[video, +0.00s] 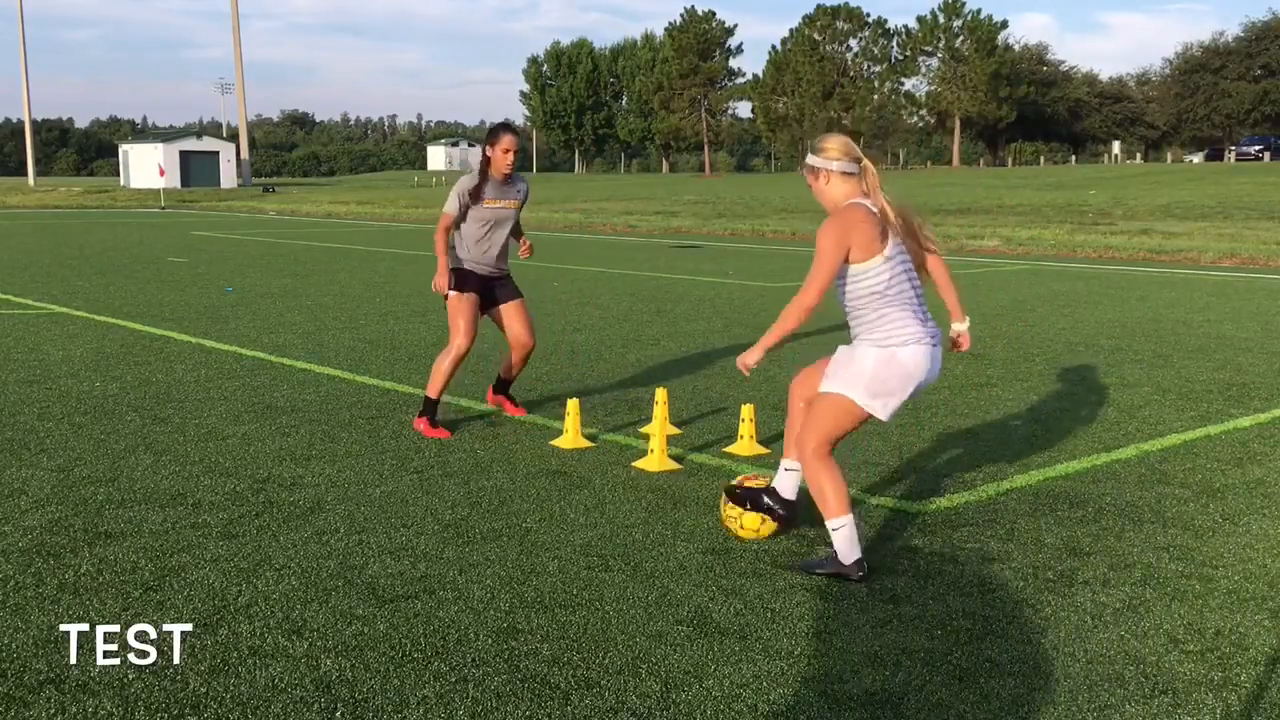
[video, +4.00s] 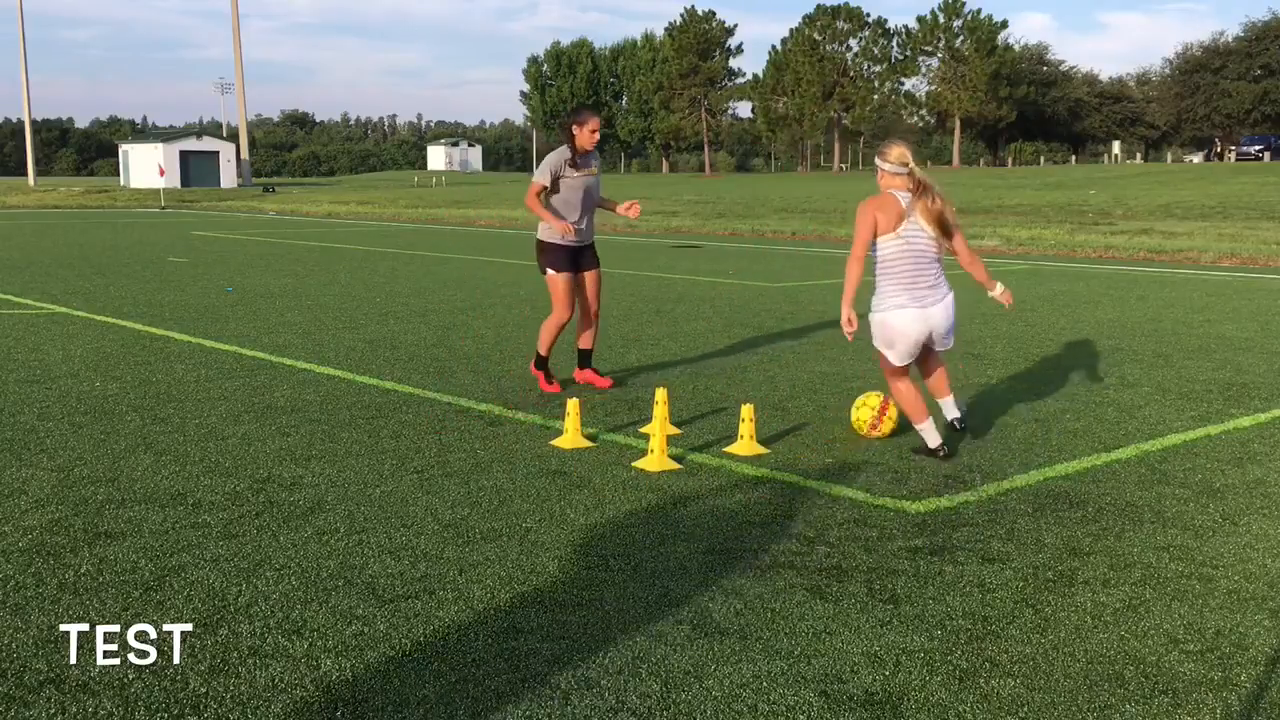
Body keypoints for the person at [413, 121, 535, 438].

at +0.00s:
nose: (512, 158)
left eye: (516, 152)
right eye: (506, 151)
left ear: (518, 155)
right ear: (489, 152)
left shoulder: (519, 187)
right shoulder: (468, 185)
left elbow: (511, 221)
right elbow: (442, 229)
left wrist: (521, 240)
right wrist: (443, 268)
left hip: (499, 275)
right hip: (465, 272)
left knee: (524, 343)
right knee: (462, 340)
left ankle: (499, 393)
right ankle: (426, 416)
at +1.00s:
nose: (598, 141)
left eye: (600, 136)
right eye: (593, 135)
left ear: (598, 138)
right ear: (576, 136)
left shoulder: (594, 165)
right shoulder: (558, 166)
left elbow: (586, 201)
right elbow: (531, 202)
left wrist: (607, 215)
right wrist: (553, 235)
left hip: (583, 247)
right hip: (553, 249)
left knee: (602, 308)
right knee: (567, 318)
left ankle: (588, 364)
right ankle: (555, 379)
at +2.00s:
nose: (535, 173)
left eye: (540, 167)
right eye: (529, 167)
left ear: (544, 163)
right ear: (516, 163)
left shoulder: (556, 187)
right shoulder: (501, 192)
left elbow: (567, 218)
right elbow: (479, 234)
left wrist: (589, 237)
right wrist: (482, 254)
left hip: (547, 268)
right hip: (510, 269)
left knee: (576, 332)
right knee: (507, 332)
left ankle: (581, 375)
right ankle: (487, 385)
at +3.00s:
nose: (521, 157)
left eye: (526, 150)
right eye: (516, 149)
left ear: (531, 152)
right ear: (501, 149)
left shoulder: (536, 186)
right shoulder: (480, 181)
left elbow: (537, 223)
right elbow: (454, 222)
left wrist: (540, 247)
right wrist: (448, 263)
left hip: (518, 273)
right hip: (480, 271)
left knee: (545, 337)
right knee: (472, 339)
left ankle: (525, 387)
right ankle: (437, 408)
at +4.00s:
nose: (597, 137)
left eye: (599, 131)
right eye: (593, 131)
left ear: (594, 132)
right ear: (576, 130)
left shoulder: (592, 161)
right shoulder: (556, 160)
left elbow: (590, 198)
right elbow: (531, 198)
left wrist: (618, 208)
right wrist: (555, 220)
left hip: (584, 243)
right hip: (555, 244)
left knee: (591, 309)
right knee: (563, 312)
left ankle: (584, 368)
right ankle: (539, 365)